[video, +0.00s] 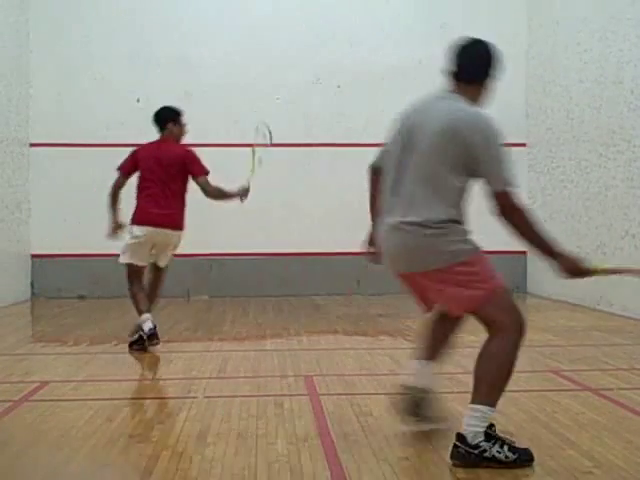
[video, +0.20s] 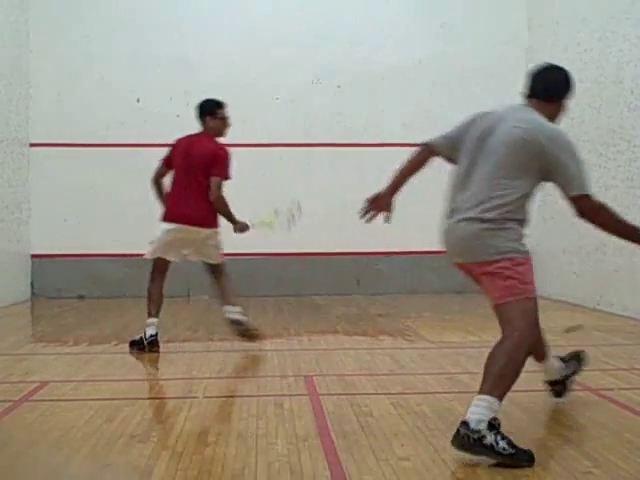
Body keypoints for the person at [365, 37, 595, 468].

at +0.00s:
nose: (488, 84)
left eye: (483, 75)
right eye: (489, 77)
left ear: (453, 72)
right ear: (486, 78)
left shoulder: (417, 111)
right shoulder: (477, 124)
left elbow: (377, 170)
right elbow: (506, 206)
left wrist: (376, 228)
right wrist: (560, 257)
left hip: (394, 239)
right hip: (437, 240)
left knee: (452, 306)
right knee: (508, 324)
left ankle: (415, 388)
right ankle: (475, 436)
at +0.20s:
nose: (563, 109)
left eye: (563, 102)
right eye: (564, 102)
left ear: (527, 92)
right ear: (560, 101)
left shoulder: (485, 120)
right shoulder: (549, 137)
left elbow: (428, 149)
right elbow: (586, 207)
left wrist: (388, 192)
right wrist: (636, 235)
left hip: (457, 234)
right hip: (496, 238)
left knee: (520, 306)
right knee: (520, 333)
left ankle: (554, 371)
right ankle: (477, 426)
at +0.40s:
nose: (607, 143)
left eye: (608, 137)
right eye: (608, 136)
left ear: (574, 124)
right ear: (599, 132)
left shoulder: (530, 143)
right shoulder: (597, 163)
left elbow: (480, 183)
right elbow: (607, 227)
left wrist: (460, 231)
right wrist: (626, 263)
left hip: (499, 249)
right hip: (539, 255)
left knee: (564, 294)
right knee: (560, 342)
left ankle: (579, 376)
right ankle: (492, 400)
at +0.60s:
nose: (607, 129)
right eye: (609, 124)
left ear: (574, 114)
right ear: (608, 123)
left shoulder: (540, 134)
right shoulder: (610, 155)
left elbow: (489, 172)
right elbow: (596, 196)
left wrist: (468, 220)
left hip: (512, 231)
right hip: (558, 236)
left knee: (563, 302)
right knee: (575, 323)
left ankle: (579, 376)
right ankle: (508, 370)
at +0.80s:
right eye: (575, 91)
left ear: (540, 90)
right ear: (576, 92)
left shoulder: (516, 124)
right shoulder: (591, 127)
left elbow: (469, 164)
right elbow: (592, 190)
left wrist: (440, 211)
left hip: (517, 231)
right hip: (566, 230)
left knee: (559, 296)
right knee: (585, 313)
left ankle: (579, 377)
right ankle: (536, 375)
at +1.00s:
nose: (515, 68)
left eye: (509, 62)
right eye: (535, 62)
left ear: (505, 65)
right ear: (542, 66)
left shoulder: (482, 107)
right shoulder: (562, 108)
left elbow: (457, 155)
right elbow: (595, 169)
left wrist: (448, 209)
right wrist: (587, 210)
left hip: (501, 222)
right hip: (551, 218)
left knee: (534, 303)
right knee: (545, 309)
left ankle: (557, 375)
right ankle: (521, 391)